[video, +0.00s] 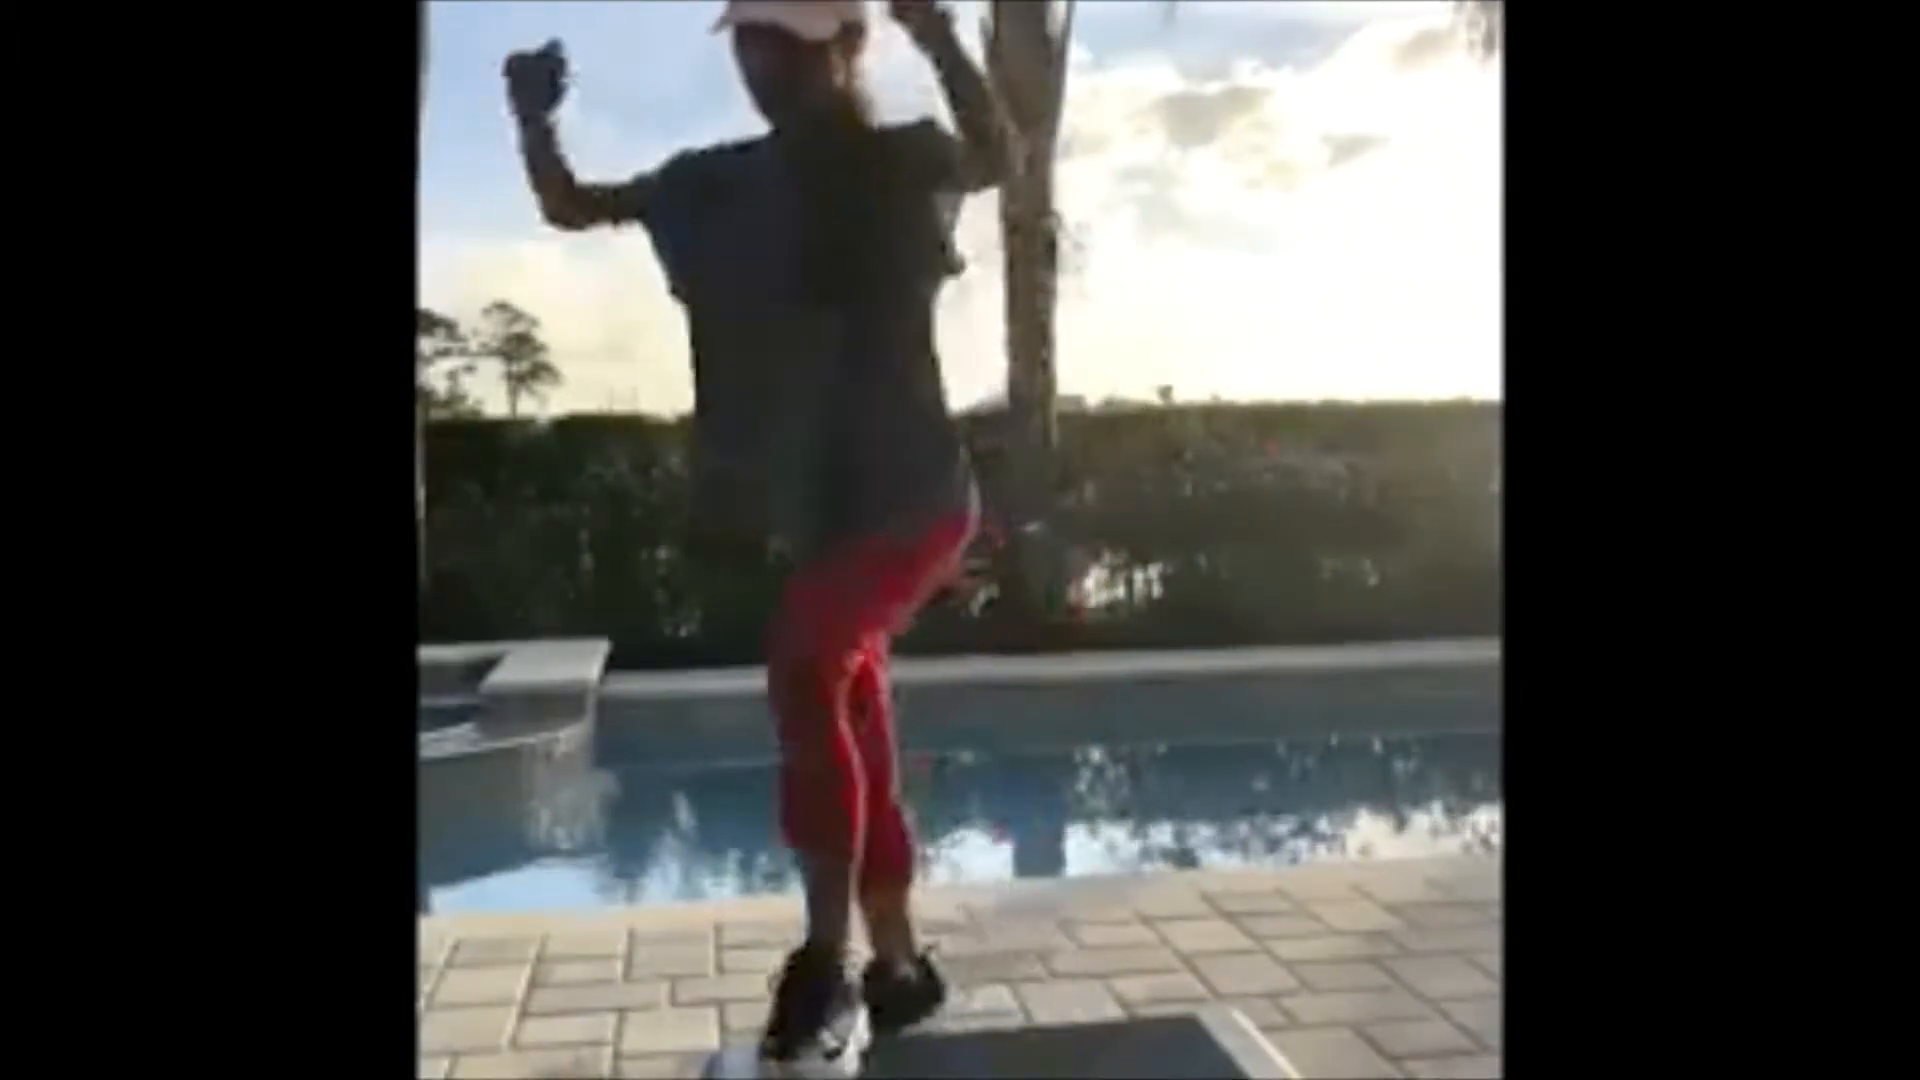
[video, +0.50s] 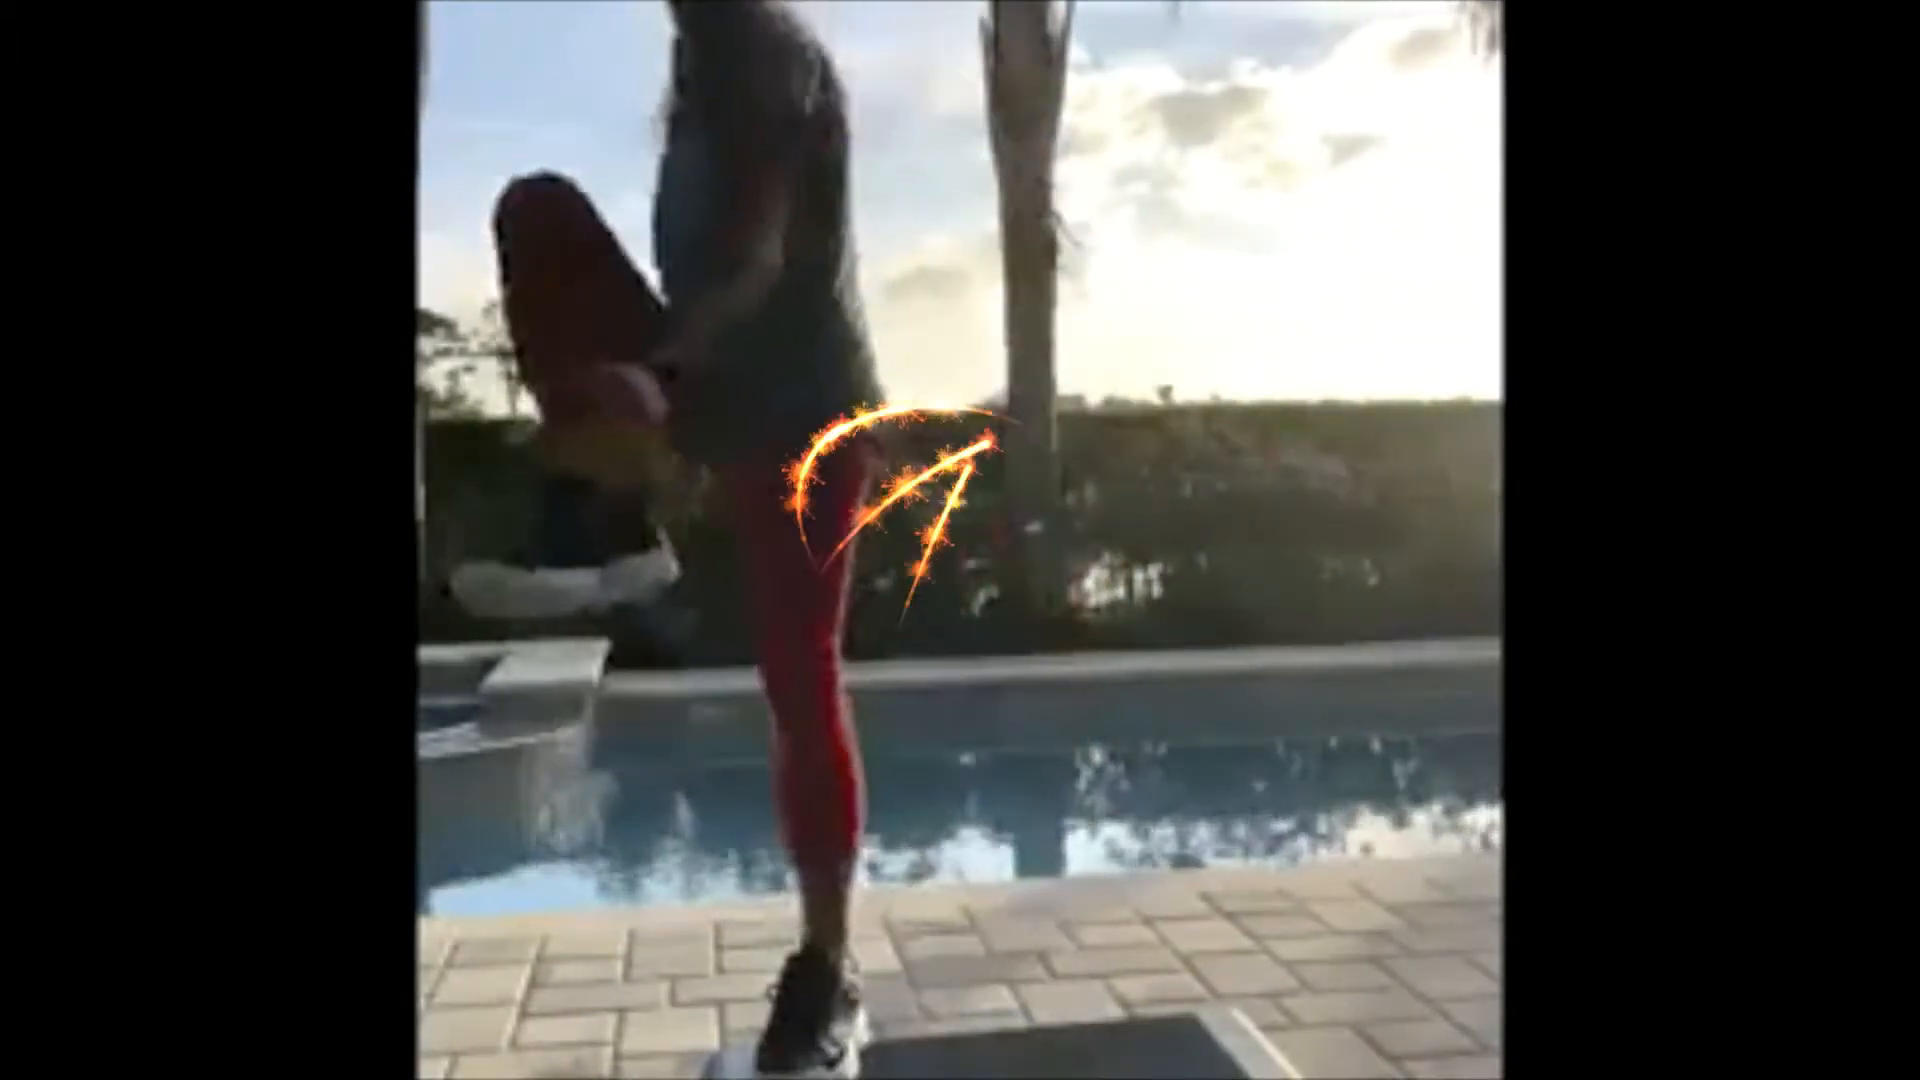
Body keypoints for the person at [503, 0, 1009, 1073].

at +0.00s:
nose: (762, 62)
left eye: (782, 39)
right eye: (748, 42)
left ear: (837, 45)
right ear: (738, 52)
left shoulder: (903, 157)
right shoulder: (713, 178)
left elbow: (1001, 152)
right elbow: (570, 206)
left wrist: (937, 34)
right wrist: (535, 114)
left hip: (915, 494)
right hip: (800, 503)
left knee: (806, 655)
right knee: (856, 722)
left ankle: (826, 961)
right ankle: (897, 961)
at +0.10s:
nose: (770, 11)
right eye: (756, 2)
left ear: (833, 2)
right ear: (743, 14)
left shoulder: (883, 90)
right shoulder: (720, 110)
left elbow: (946, 74)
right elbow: (630, 170)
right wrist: (502, 105)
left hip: (882, 440)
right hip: (755, 450)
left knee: (803, 672)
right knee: (765, 699)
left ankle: (826, 967)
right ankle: (850, 903)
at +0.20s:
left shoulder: (856, 33)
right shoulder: (729, 63)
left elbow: (871, 169)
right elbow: (712, 179)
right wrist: (551, 178)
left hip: (866, 406)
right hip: (751, 405)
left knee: (816, 661)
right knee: (648, 599)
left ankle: (825, 972)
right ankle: (760, 790)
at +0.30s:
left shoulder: (798, 9)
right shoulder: (740, 45)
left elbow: (846, 154)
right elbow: (755, 228)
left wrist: (696, 81)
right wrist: (644, 285)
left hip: (843, 376)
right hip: (741, 366)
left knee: (825, 666)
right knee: (569, 357)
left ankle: (824, 967)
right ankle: (666, 627)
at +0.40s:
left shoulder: (771, 33)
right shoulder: (731, 51)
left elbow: (804, 230)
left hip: (828, 386)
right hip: (738, 383)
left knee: (817, 668)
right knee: (564, 199)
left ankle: (824, 973)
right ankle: (612, 514)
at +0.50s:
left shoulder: (767, 43)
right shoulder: (703, 66)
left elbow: (761, 253)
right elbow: (716, 261)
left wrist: (662, 360)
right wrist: (650, 357)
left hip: (799, 397)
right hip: (706, 380)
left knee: (800, 686)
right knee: (534, 208)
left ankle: (824, 972)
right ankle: (612, 528)